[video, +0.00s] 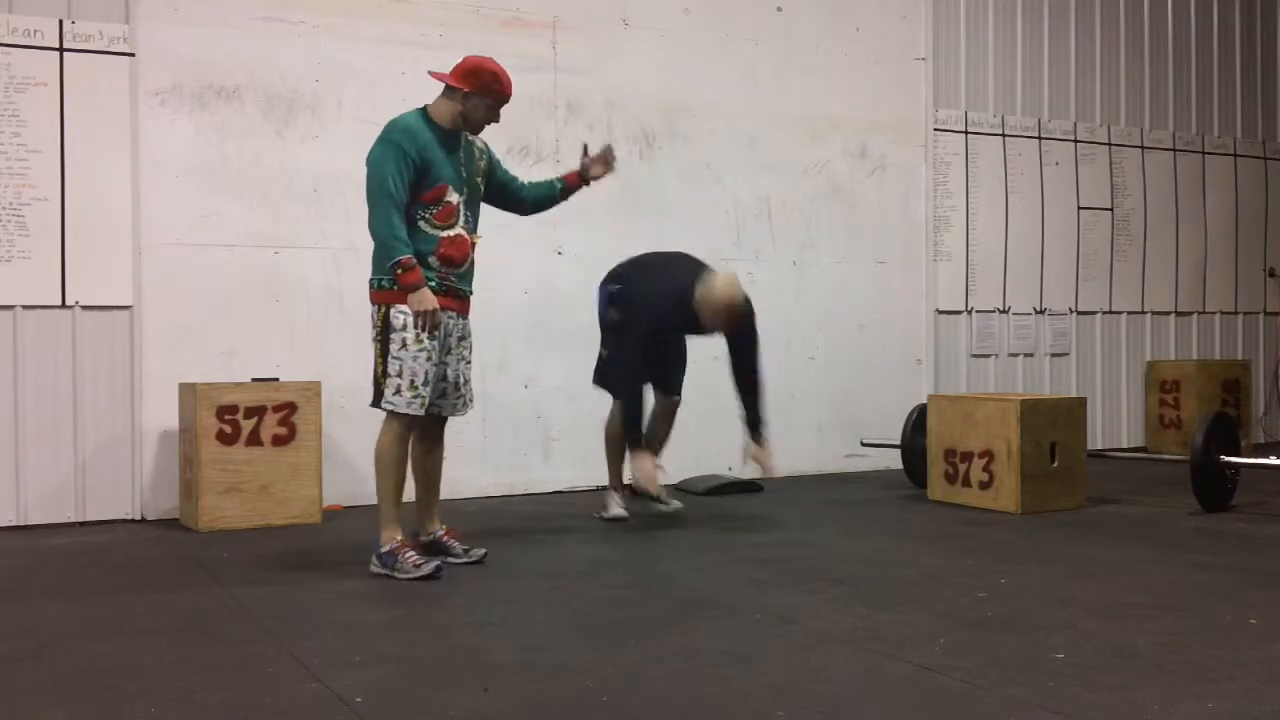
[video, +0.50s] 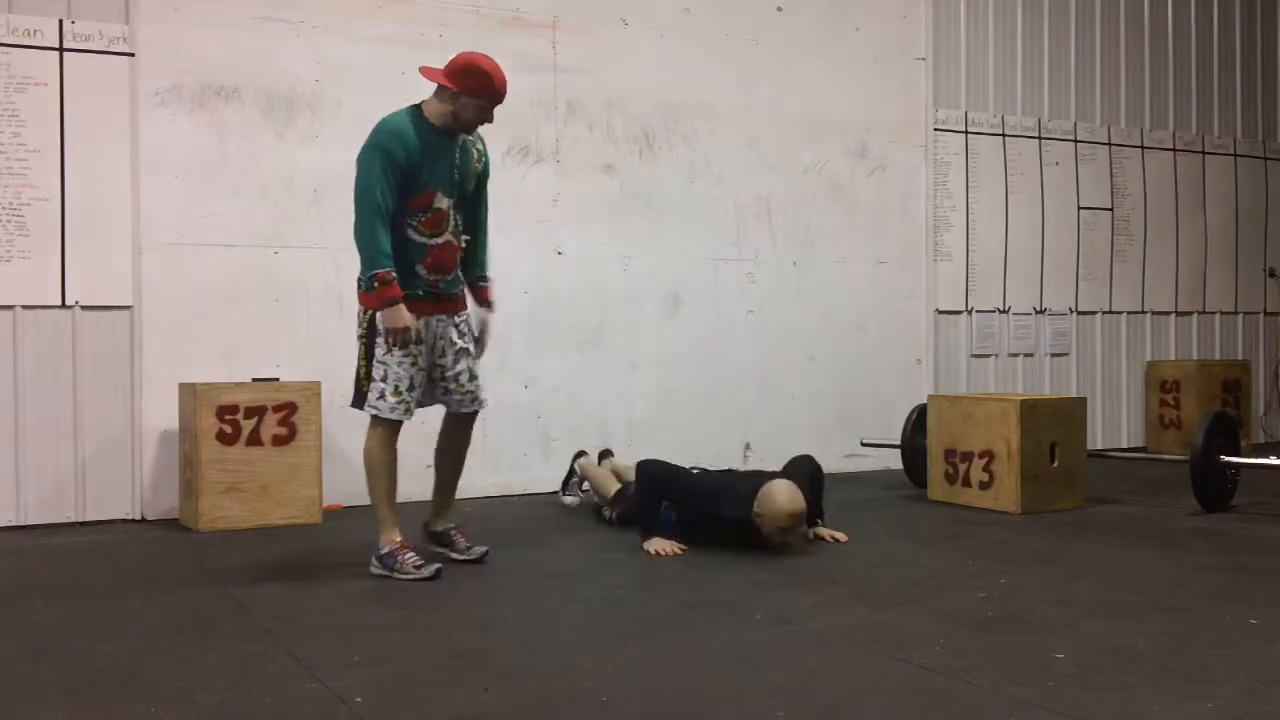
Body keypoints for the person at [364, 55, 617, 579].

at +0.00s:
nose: (495, 119)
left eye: (498, 110)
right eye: (492, 109)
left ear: (473, 100)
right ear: (465, 95)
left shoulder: (472, 151)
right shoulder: (402, 137)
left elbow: (521, 198)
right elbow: (384, 219)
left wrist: (581, 175)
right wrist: (414, 285)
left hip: (450, 302)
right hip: (406, 300)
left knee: (433, 420)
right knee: (401, 417)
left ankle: (427, 531)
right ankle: (389, 543)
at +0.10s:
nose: (491, 118)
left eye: (493, 110)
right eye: (488, 108)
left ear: (469, 99)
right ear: (460, 95)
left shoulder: (470, 148)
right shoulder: (398, 138)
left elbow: (513, 198)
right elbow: (383, 221)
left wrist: (574, 183)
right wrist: (410, 289)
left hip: (448, 304)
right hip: (403, 302)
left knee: (433, 419)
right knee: (397, 417)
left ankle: (427, 531)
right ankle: (389, 543)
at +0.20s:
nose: (487, 116)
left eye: (490, 107)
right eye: (484, 105)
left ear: (464, 97)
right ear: (455, 93)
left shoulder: (468, 145)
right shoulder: (393, 140)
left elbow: (502, 208)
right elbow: (380, 225)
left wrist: (564, 220)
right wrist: (405, 296)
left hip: (448, 304)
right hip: (402, 303)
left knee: (433, 420)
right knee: (395, 419)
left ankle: (428, 530)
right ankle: (389, 544)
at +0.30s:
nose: (484, 115)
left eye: (487, 107)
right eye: (481, 105)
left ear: (463, 99)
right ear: (452, 94)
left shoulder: (468, 144)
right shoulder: (391, 141)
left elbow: (484, 219)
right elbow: (376, 226)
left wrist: (533, 270)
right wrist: (398, 299)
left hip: (449, 305)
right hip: (401, 304)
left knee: (438, 417)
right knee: (394, 418)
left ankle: (428, 530)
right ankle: (389, 542)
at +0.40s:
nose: (486, 116)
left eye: (489, 106)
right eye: (483, 106)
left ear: (461, 99)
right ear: (453, 96)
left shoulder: (470, 145)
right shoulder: (389, 141)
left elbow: (475, 224)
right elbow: (373, 225)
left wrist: (486, 295)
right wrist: (393, 301)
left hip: (450, 308)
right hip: (400, 308)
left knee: (454, 410)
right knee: (390, 417)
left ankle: (432, 527)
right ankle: (389, 543)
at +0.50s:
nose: (490, 118)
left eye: (493, 109)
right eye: (487, 108)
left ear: (469, 102)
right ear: (458, 96)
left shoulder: (473, 150)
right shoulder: (391, 138)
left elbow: (474, 229)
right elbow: (370, 221)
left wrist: (483, 300)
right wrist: (388, 298)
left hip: (449, 307)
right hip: (397, 306)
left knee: (465, 405)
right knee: (387, 418)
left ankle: (439, 524)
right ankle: (389, 544)